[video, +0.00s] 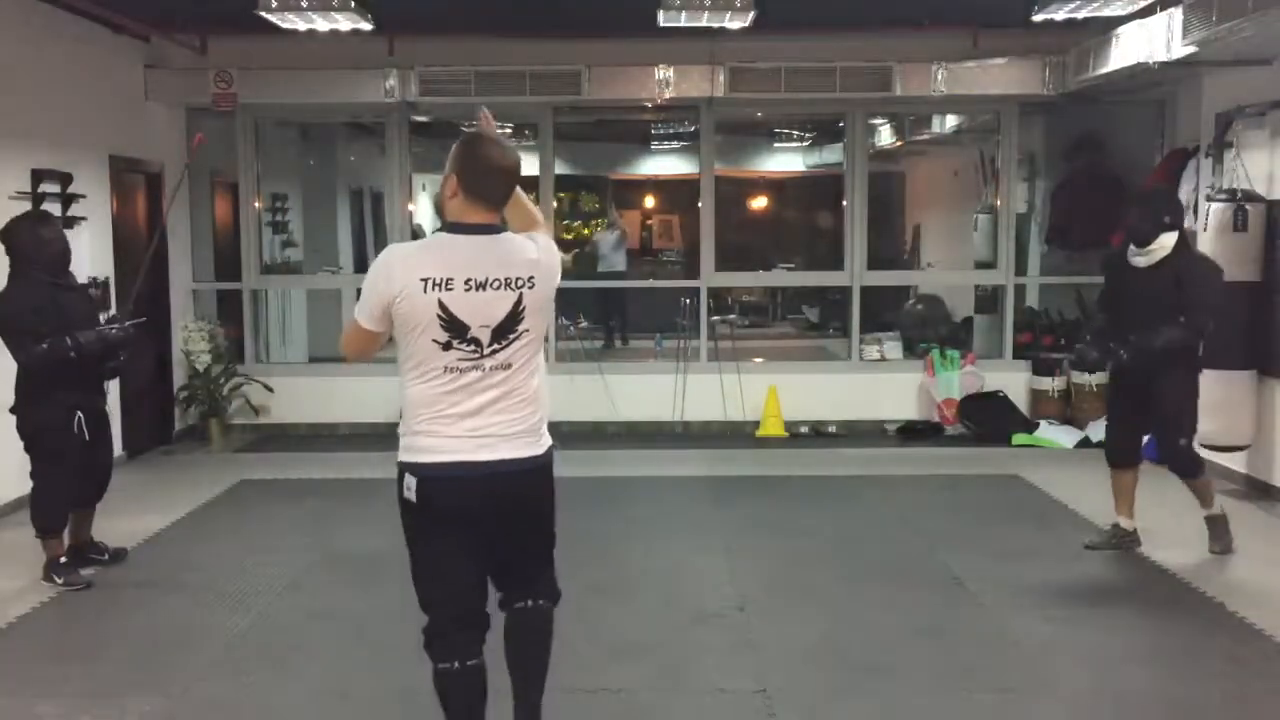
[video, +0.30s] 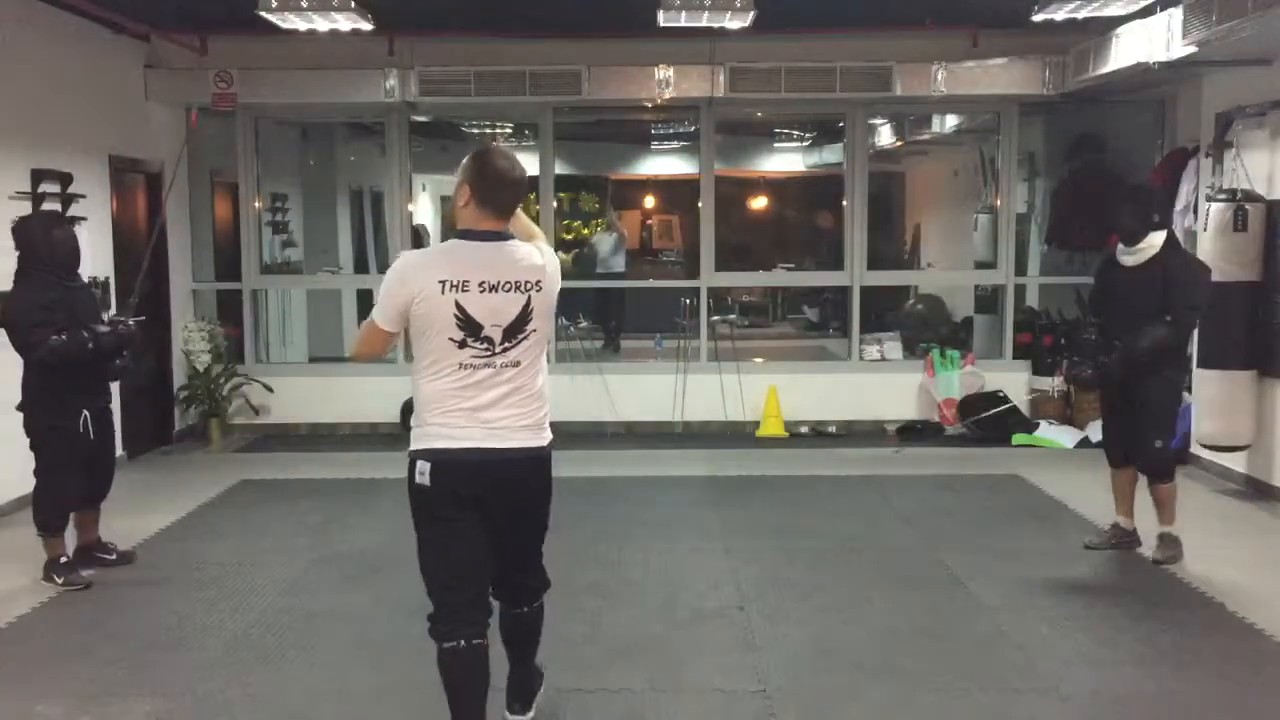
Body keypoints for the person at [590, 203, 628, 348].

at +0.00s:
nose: (612, 220)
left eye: (615, 217)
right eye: (611, 217)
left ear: (619, 220)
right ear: (608, 219)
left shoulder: (620, 234)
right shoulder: (599, 235)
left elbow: (624, 234)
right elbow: (589, 250)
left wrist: (617, 221)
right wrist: (590, 246)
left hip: (618, 270)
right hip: (602, 271)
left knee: (620, 303)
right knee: (604, 305)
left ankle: (623, 333)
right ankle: (608, 338)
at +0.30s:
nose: (610, 223)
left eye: (614, 220)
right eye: (609, 220)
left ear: (618, 221)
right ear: (606, 221)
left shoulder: (620, 237)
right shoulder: (599, 236)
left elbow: (622, 236)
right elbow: (590, 249)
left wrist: (614, 222)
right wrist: (587, 247)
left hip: (617, 273)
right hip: (601, 273)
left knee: (617, 306)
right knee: (602, 307)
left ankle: (616, 338)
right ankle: (607, 337)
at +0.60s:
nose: (610, 221)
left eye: (613, 218)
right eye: (608, 218)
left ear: (618, 220)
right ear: (606, 220)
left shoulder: (621, 235)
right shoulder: (599, 236)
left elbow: (623, 235)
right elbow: (592, 251)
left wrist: (614, 222)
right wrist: (588, 248)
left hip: (617, 273)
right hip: (601, 274)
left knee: (617, 307)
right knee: (600, 307)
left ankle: (615, 339)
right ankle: (604, 335)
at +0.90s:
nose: (607, 221)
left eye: (610, 219)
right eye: (606, 218)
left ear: (616, 220)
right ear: (603, 219)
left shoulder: (620, 234)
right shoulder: (597, 235)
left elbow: (621, 237)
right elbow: (588, 250)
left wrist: (610, 223)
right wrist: (583, 248)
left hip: (616, 276)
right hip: (598, 276)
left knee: (616, 310)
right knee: (595, 310)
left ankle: (614, 342)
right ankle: (594, 343)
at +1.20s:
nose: (599, 224)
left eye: (603, 221)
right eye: (597, 221)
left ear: (608, 223)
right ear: (593, 223)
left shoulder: (611, 238)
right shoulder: (586, 238)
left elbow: (614, 236)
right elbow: (576, 255)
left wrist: (601, 224)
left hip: (607, 277)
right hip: (589, 277)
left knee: (610, 312)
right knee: (588, 313)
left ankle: (613, 344)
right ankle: (588, 347)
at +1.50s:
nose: (593, 223)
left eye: (595, 220)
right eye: (590, 220)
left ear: (599, 221)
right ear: (585, 222)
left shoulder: (603, 235)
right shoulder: (579, 237)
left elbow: (615, 243)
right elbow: (570, 250)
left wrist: (601, 234)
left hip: (601, 276)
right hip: (584, 276)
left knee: (604, 310)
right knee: (585, 312)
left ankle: (607, 341)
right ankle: (587, 346)